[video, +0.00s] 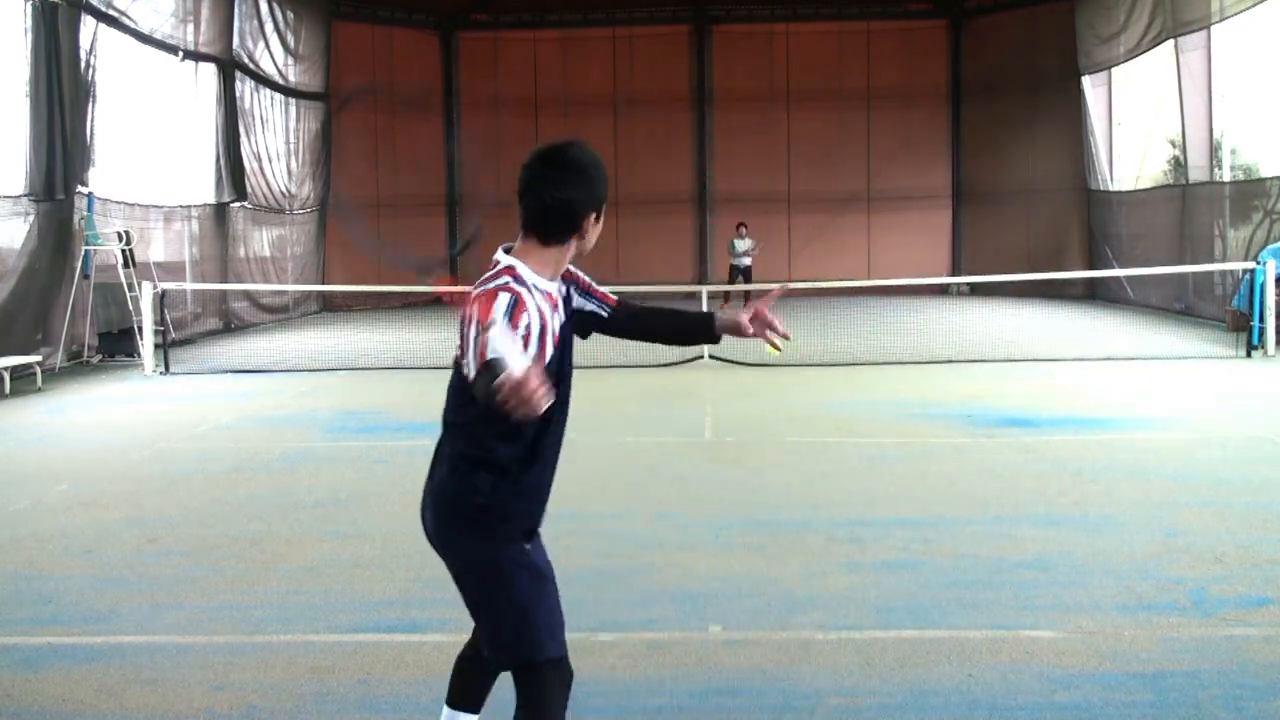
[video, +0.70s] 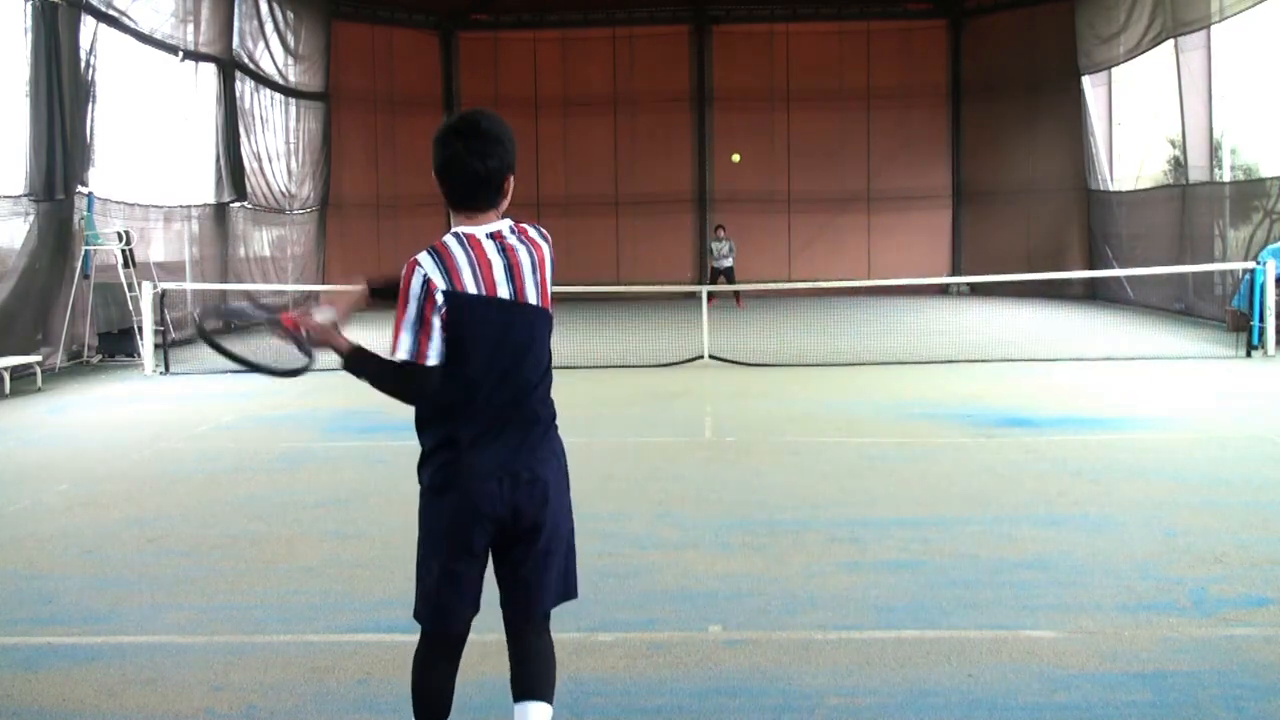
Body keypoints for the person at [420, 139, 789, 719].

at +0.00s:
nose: (599, 227)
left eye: (600, 214)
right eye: (601, 214)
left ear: (526, 208)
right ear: (586, 225)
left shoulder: (558, 283)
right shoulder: (504, 298)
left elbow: (630, 319)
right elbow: (491, 370)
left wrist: (730, 323)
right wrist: (511, 393)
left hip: (494, 508)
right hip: (481, 517)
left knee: (497, 634)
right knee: (547, 679)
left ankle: (454, 717)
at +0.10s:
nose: (588, 237)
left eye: (588, 225)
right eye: (589, 226)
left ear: (513, 217)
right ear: (575, 236)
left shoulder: (530, 289)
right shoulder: (487, 308)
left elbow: (588, 294)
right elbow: (465, 393)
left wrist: (667, 293)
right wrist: (483, 436)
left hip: (457, 500)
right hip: (472, 516)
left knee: (478, 626)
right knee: (526, 674)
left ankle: (445, 716)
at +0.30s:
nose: (540, 206)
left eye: (540, 194)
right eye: (536, 196)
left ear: (472, 197)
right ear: (503, 206)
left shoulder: (406, 246)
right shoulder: (516, 289)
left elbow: (395, 210)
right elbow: (573, 340)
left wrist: (462, 196)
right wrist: (634, 300)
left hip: (432, 481)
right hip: (503, 487)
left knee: (433, 622)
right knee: (512, 637)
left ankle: (426, 719)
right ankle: (483, 719)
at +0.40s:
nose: (528, 194)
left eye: (528, 181)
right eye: (527, 182)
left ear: (449, 179)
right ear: (505, 193)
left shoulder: (404, 248)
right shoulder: (525, 268)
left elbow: (349, 247)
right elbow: (535, 250)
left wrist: (371, 176)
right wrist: (506, 208)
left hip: (436, 473)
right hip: (516, 473)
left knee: (435, 618)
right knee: (521, 623)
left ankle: (424, 716)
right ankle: (501, 715)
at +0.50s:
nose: (518, 192)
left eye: (516, 181)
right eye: (517, 181)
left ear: (441, 187)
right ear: (505, 191)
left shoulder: (408, 264)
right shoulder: (531, 252)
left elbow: (347, 313)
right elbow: (491, 205)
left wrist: (321, 224)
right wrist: (416, 170)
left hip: (440, 474)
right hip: (520, 471)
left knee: (436, 623)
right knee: (532, 624)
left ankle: (426, 718)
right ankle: (519, 715)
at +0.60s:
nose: (512, 189)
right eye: (512, 181)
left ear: (437, 191)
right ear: (506, 192)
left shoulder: (420, 278)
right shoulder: (531, 250)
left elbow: (364, 369)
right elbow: (452, 233)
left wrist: (319, 305)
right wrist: (367, 207)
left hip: (448, 478)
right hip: (528, 473)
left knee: (435, 632)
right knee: (533, 627)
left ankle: (427, 719)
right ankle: (532, 715)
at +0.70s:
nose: (513, 186)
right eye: (513, 177)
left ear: (440, 186)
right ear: (509, 185)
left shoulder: (429, 269)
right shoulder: (536, 247)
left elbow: (420, 385)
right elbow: (459, 281)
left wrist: (339, 343)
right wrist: (369, 289)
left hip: (459, 478)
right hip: (535, 471)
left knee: (443, 632)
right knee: (531, 620)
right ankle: (535, 717)